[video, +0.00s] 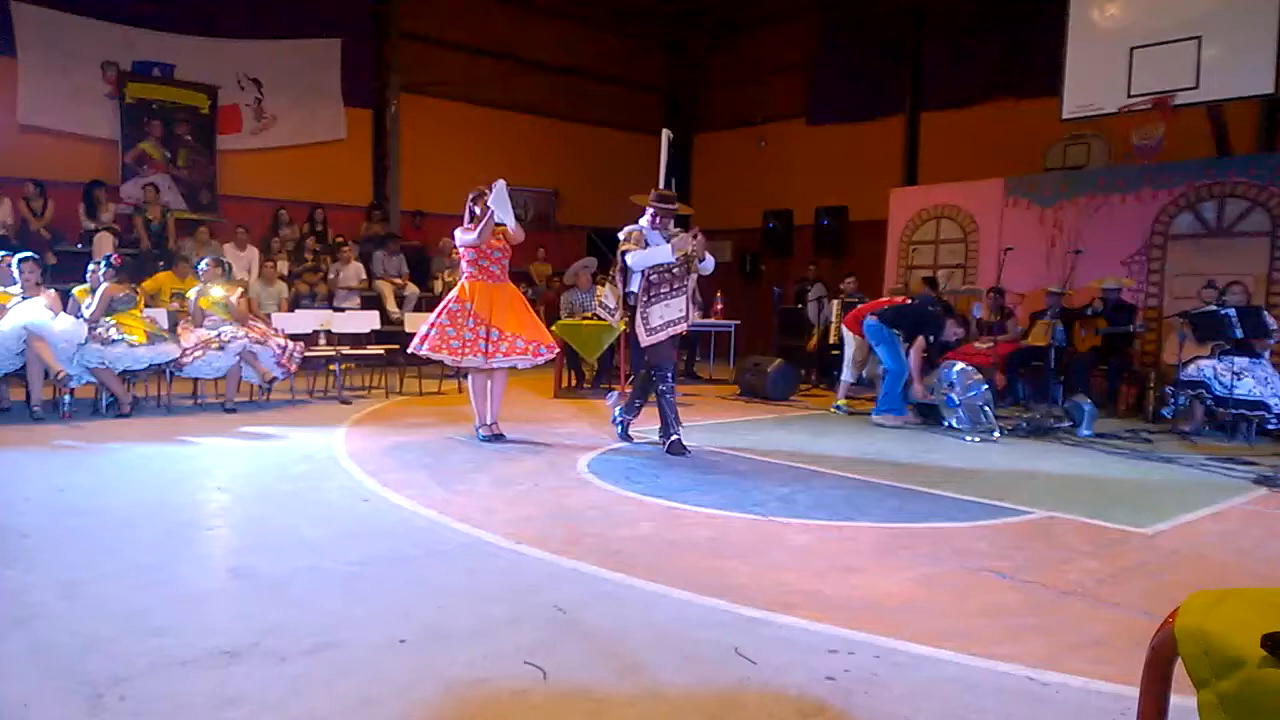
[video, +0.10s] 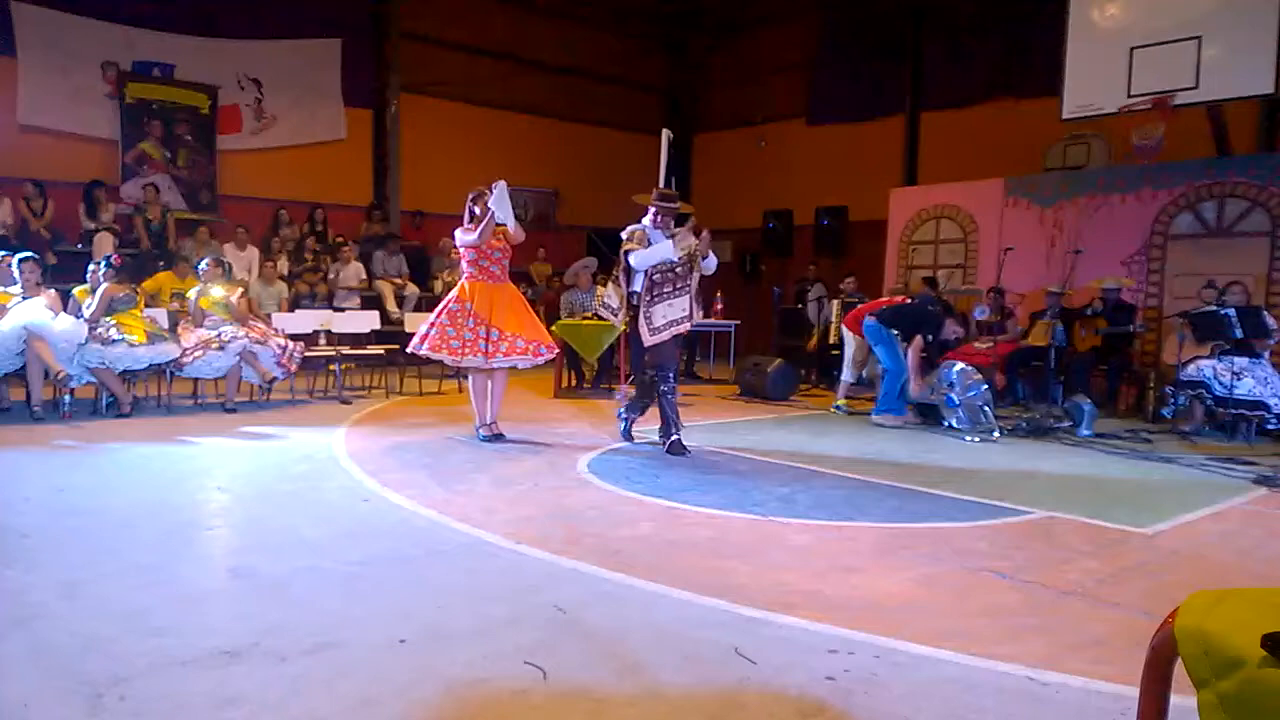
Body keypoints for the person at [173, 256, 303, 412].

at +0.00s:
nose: (202, 272)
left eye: (206, 268)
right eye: (201, 269)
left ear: (220, 270)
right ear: (200, 272)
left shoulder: (236, 290)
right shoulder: (197, 293)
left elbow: (243, 320)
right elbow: (197, 323)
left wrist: (230, 303)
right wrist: (196, 299)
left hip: (233, 327)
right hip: (209, 329)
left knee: (235, 356)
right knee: (237, 340)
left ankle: (229, 401)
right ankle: (263, 373)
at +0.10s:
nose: (202, 272)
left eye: (207, 268)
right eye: (202, 269)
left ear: (220, 270)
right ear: (201, 272)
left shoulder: (236, 290)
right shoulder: (197, 293)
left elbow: (244, 320)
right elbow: (197, 323)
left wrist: (230, 303)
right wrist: (197, 300)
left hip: (233, 327)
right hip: (209, 329)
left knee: (235, 356)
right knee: (237, 340)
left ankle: (230, 401)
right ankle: (263, 373)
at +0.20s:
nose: (202, 272)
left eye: (207, 268)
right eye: (202, 269)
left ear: (220, 270)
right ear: (201, 272)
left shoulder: (236, 290)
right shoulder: (197, 293)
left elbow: (244, 320)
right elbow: (197, 323)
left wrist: (230, 303)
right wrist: (197, 300)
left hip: (233, 327)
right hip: (209, 329)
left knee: (235, 356)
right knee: (237, 340)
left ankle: (230, 400)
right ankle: (263, 373)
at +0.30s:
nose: (202, 272)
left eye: (207, 268)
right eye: (202, 269)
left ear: (220, 270)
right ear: (201, 272)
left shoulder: (236, 290)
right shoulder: (197, 293)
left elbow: (244, 320)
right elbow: (197, 323)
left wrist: (230, 304)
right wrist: (197, 300)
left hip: (233, 327)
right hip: (209, 329)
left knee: (235, 356)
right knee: (237, 340)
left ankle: (230, 400)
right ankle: (263, 373)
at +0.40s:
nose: (202, 272)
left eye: (207, 268)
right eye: (202, 269)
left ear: (220, 270)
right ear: (201, 272)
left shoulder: (237, 290)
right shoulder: (198, 293)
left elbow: (244, 320)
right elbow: (197, 323)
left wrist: (231, 304)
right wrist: (197, 300)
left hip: (233, 327)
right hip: (209, 329)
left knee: (236, 356)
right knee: (237, 341)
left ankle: (229, 400)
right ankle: (263, 373)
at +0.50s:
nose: (203, 271)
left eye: (207, 267)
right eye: (202, 267)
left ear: (221, 270)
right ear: (201, 271)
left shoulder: (236, 290)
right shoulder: (197, 293)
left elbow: (244, 320)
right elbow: (197, 323)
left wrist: (230, 303)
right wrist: (197, 299)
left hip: (233, 327)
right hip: (209, 329)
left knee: (236, 356)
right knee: (237, 340)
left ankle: (229, 400)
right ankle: (263, 373)